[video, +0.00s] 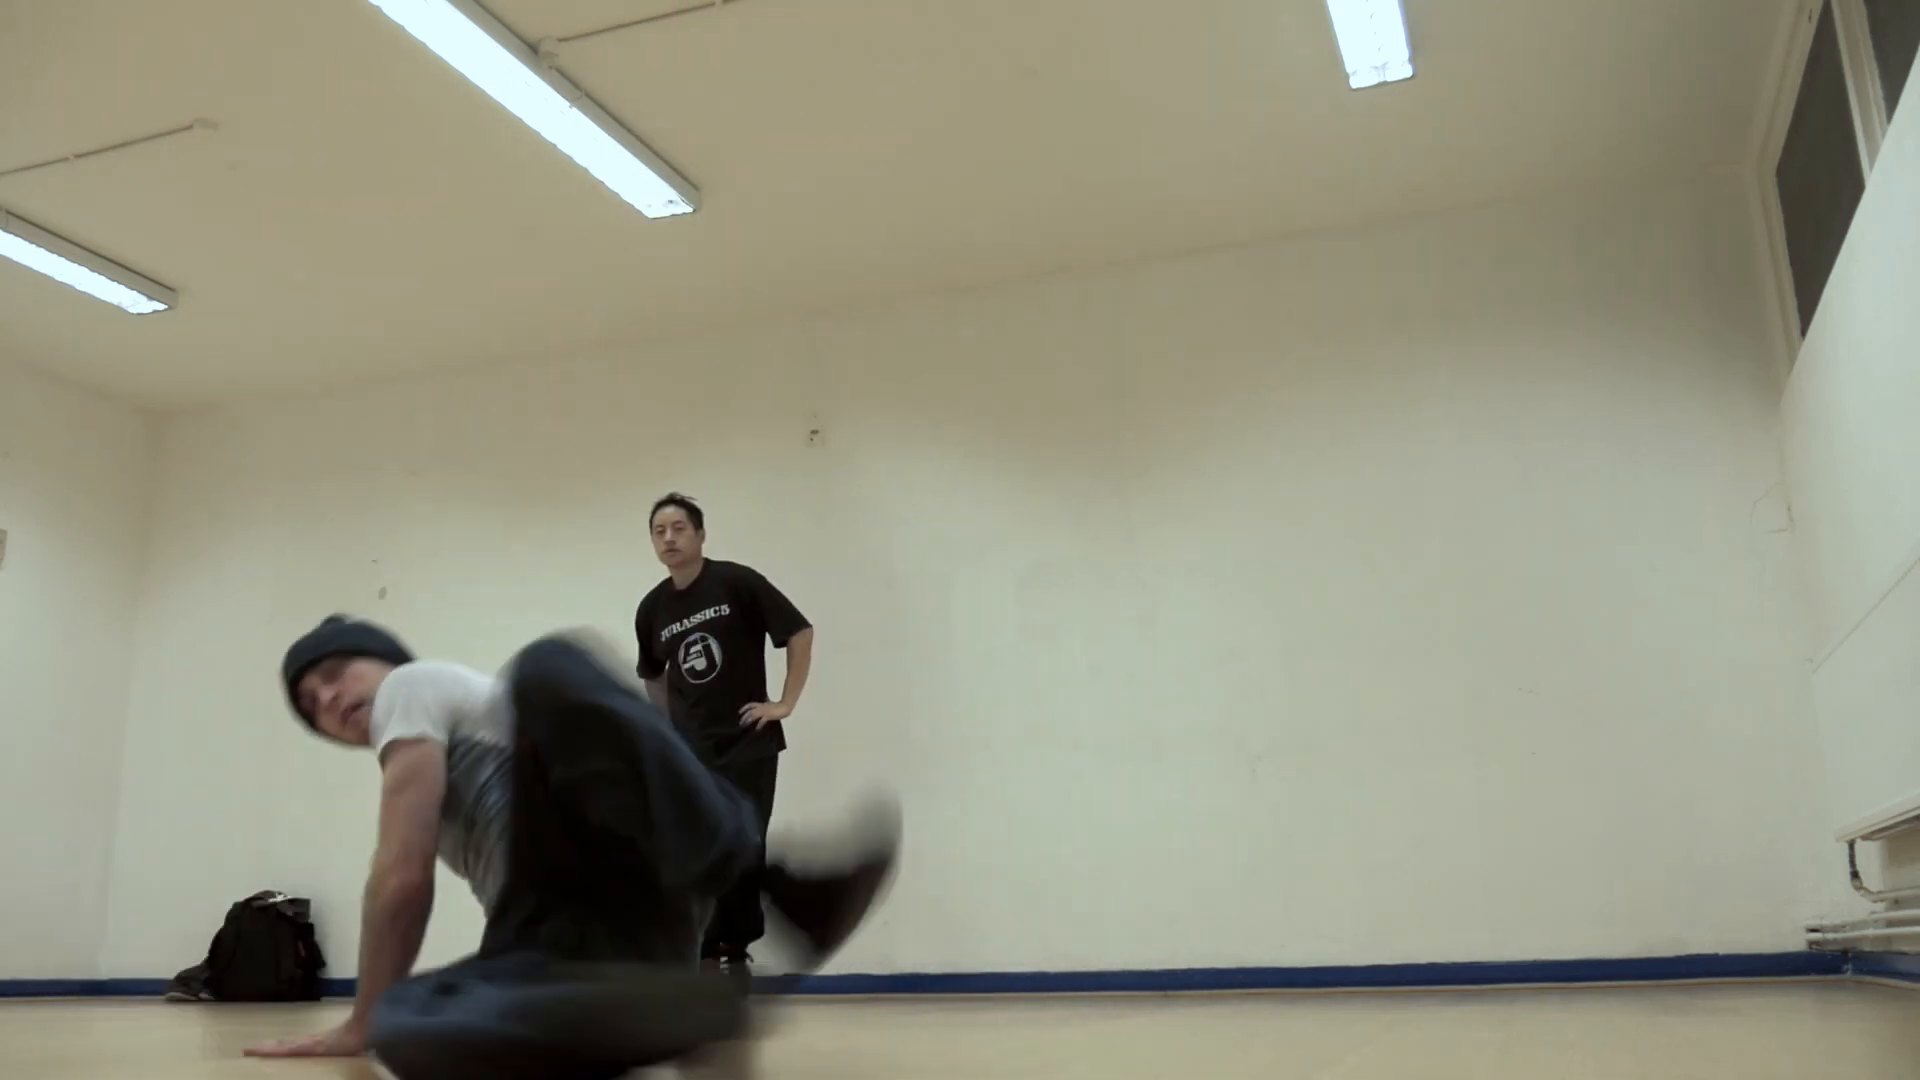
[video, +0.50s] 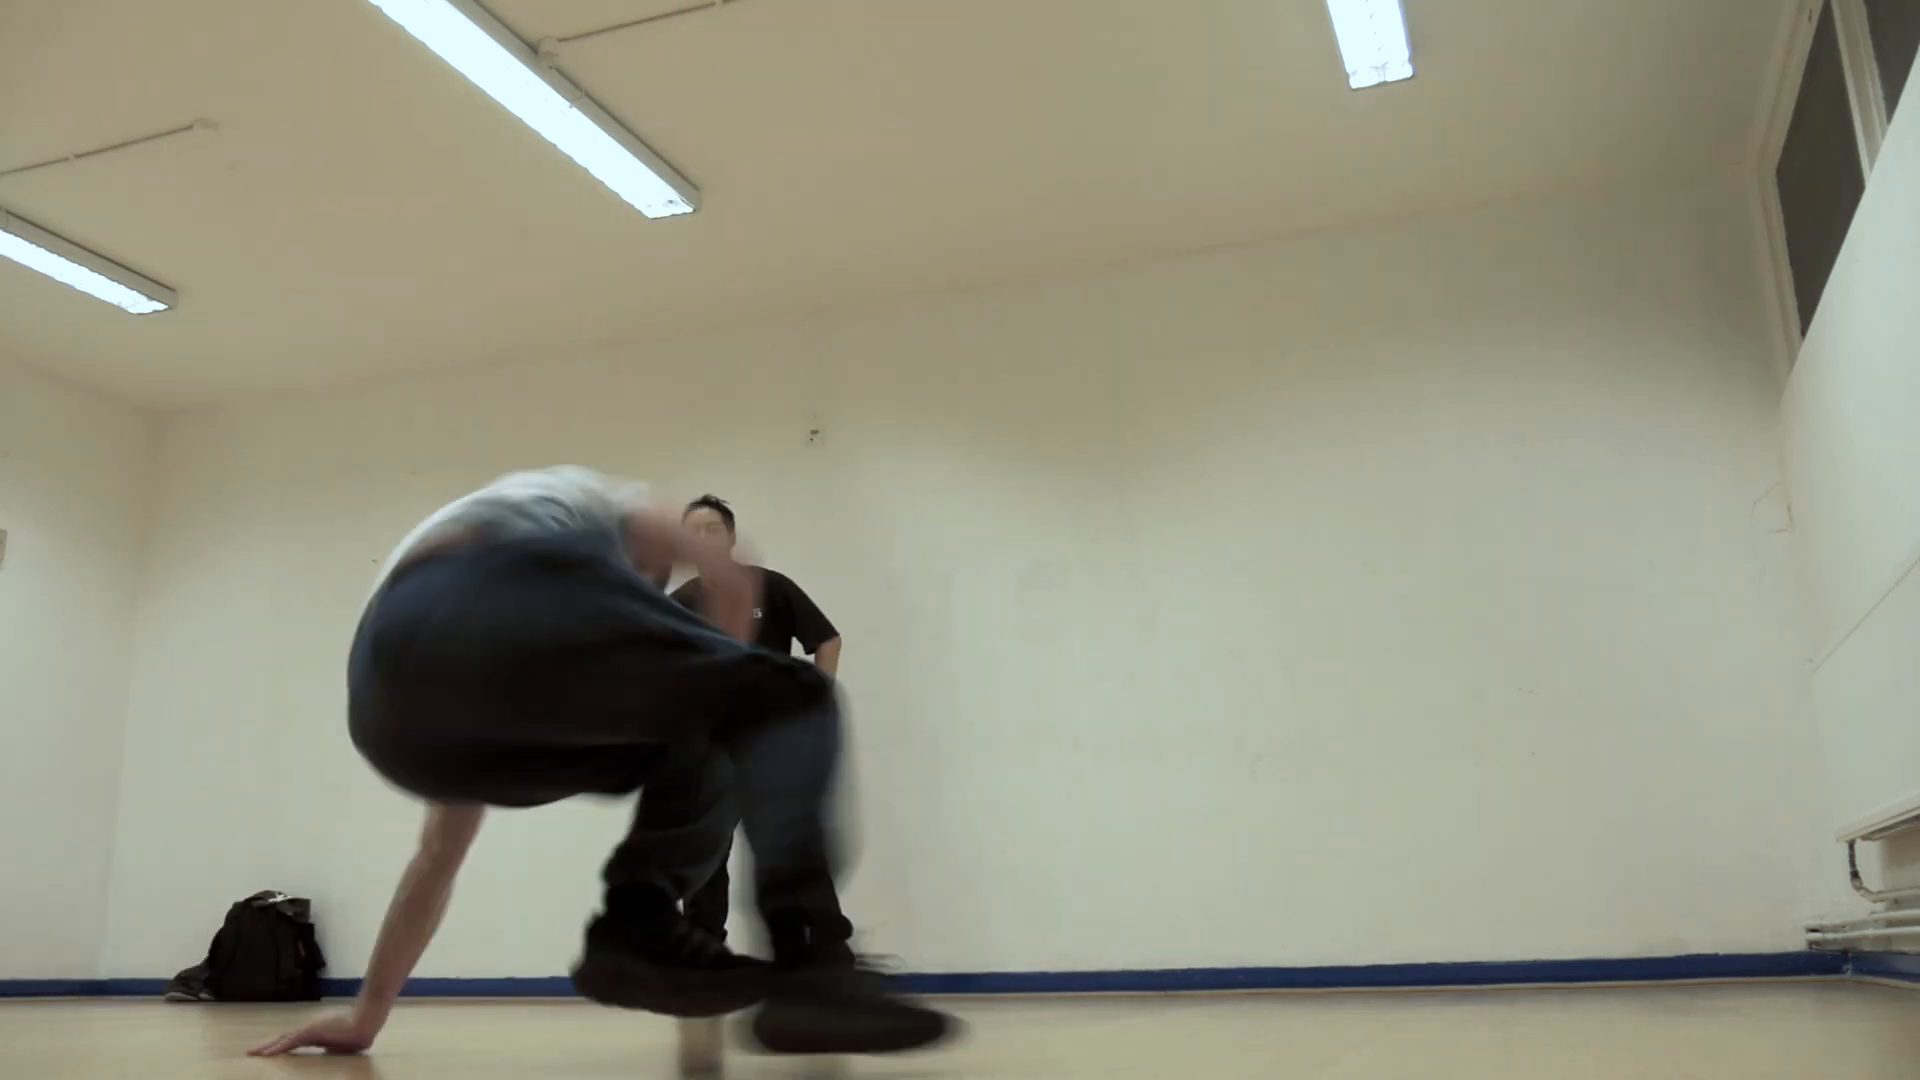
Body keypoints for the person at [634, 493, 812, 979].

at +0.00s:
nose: (669, 538)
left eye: (679, 528)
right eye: (660, 530)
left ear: (700, 535)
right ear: (652, 541)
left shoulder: (737, 583)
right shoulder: (651, 609)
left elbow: (799, 632)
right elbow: (653, 677)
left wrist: (786, 702)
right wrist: (664, 736)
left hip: (746, 741)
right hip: (690, 747)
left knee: (742, 847)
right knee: (702, 845)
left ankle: (731, 956)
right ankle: (708, 954)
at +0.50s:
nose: (703, 539)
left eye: (712, 528)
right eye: (694, 530)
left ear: (731, 536)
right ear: (683, 540)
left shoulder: (770, 588)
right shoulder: (678, 604)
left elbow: (826, 640)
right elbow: (657, 666)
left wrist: (813, 708)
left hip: (770, 735)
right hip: (704, 742)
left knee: (783, 843)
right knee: (703, 847)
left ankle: (800, 942)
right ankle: (701, 944)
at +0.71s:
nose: (741, 545)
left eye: (751, 536)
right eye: (733, 538)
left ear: (770, 545)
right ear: (724, 549)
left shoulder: (806, 596)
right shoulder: (712, 613)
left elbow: (862, 650)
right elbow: (697, 672)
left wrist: (842, 722)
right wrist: (718, 730)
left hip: (804, 747)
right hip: (741, 752)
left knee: (821, 850)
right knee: (735, 854)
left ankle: (842, 962)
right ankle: (723, 973)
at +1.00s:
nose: (794, 550)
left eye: (805, 541)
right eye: (786, 541)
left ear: (825, 550)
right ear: (776, 551)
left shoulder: (857, 604)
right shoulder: (763, 609)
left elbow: (887, 685)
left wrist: (866, 754)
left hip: (836, 757)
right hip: (774, 757)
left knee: (843, 853)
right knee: (750, 853)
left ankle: (844, 966)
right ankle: (726, 959)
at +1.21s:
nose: (818, 548)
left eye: (829, 541)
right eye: (811, 541)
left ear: (847, 552)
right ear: (802, 551)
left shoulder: (875, 606)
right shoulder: (782, 610)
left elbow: (922, 663)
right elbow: (765, 672)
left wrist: (892, 722)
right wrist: (771, 724)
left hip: (850, 756)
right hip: (790, 757)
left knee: (850, 862)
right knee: (765, 856)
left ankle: (846, 973)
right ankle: (780, 967)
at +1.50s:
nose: (824, 552)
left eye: (835, 546)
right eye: (818, 545)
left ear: (855, 555)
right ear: (810, 554)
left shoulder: (877, 609)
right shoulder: (792, 616)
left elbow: (923, 667)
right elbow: (783, 678)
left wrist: (890, 722)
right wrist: (784, 724)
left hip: (852, 755)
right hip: (798, 757)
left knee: (849, 858)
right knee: (803, 864)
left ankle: (850, 968)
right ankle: (834, 962)